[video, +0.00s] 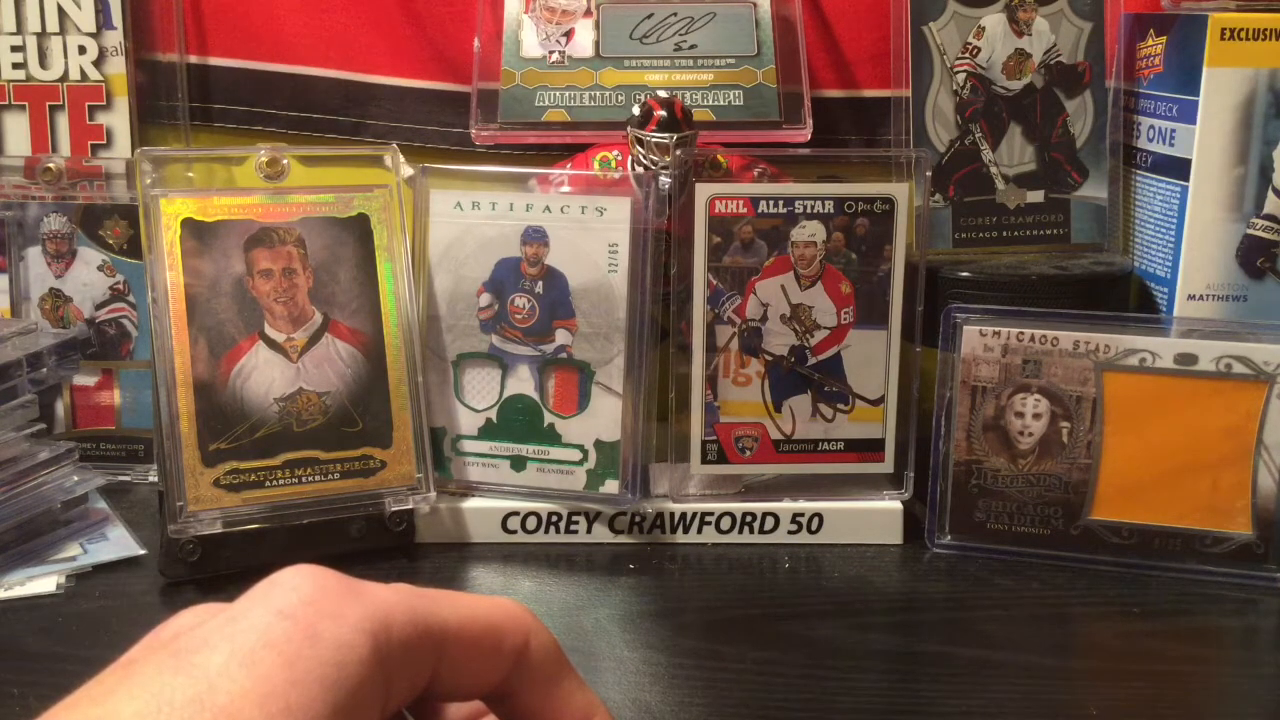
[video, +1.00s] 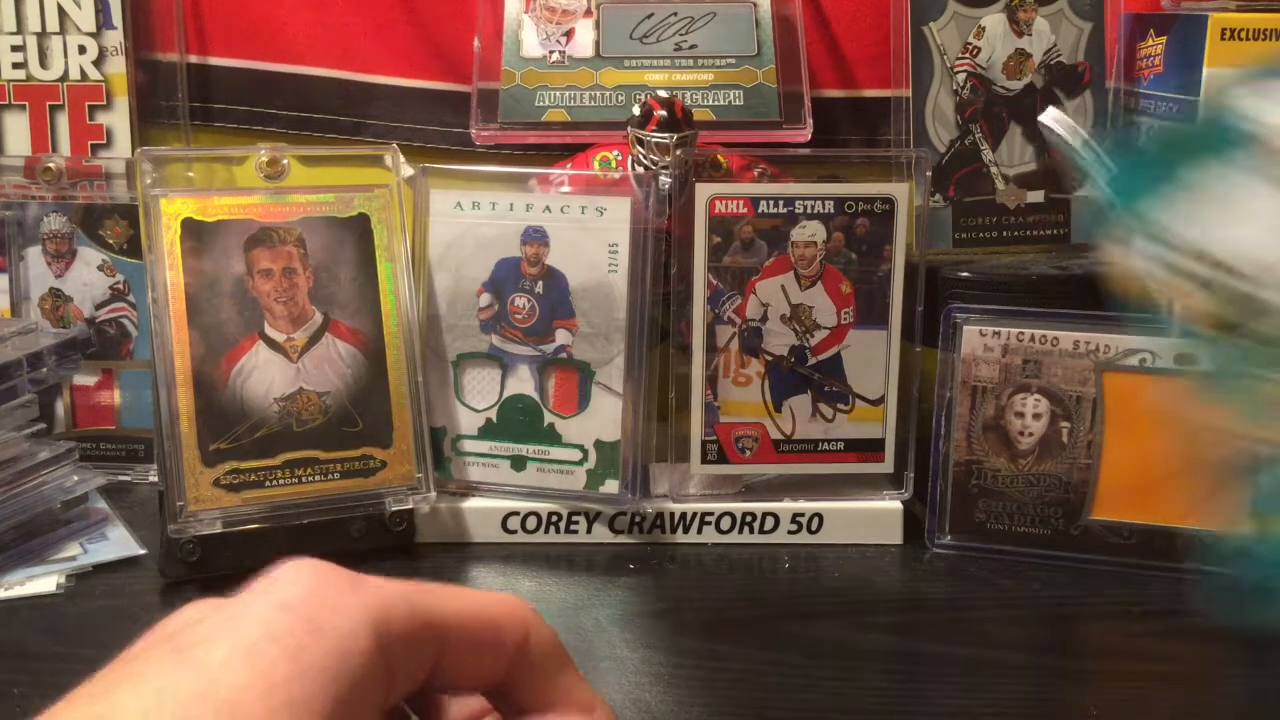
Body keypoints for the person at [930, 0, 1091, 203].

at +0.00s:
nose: (1029, 15)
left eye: (1033, 10)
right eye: (1023, 9)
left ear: (1037, 9)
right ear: (1011, 8)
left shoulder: (1041, 27)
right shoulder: (990, 25)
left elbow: (1051, 60)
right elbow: (965, 62)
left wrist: (1068, 74)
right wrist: (970, 97)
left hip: (1026, 92)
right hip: (993, 94)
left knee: (1056, 121)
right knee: (979, 138)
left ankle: (1062, 175)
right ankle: (942, 184)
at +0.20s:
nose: (1029, 15)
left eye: (1033, 10)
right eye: (1023, 9)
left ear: (1037, 9)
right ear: (1011, 8)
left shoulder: (1041, 27)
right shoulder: (990, 26)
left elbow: (1051, 60)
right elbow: (964, 62)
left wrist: (1068, 74)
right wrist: (970, 97)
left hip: (1026, 91)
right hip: (993, 94)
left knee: (1056, 121)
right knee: (980, 138)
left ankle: (1062, 175)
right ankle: (942, 184)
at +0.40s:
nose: (1028, 16)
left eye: (1033, 10)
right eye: (1023, 10)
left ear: (1037, 10)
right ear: (1011, 8)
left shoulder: (1041, 27)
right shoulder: (991, 25)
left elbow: (1051, 61)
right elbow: (965, 63)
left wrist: (1068, 73)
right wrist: (970, 97)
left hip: (1028, 91)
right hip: (993, 93)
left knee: (1056, 121)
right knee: (980, 137)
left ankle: (1063, 176)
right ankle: (942, 185)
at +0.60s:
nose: (1028, 16)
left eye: (1032, 10)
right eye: (1023, 10)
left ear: (1037, 10)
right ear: (1011, 8)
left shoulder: (1041, 27)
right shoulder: (991, 25)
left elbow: (1051, 61)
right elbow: (965, 63)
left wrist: (1068, 74)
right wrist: (970, 98)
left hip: (1028, 91)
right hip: (993, 93)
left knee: (1056, 122)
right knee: (980, 138)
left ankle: (1063, 176)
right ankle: (942, 185)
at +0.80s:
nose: (1028, 16)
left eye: (1033, 10)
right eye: (1023, 10)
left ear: (1037, 10)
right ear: (1011, 8)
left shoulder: (1042, 27)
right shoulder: (991, 25)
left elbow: (1051, 62)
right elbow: (964, 63)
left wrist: (1068, 73)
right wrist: (970, 99)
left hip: (1028, 91)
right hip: (993, 93)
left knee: (1056, 122)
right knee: (980, 138)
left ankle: (1063, 177)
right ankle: (942, 186)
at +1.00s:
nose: (1029, 15)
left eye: (1033, 10)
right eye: (1023, 9)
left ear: (1037, 9)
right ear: (1011, 8)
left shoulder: (1041, 27)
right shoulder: (991, 26)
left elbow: (1051, 58)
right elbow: (965, 62)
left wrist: (1066, 74)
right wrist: (968, 98)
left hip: (1024, 93)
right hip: (992, 94)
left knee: (1052, 132)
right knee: (979, 142)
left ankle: (1060, 185)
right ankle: (940, 184)